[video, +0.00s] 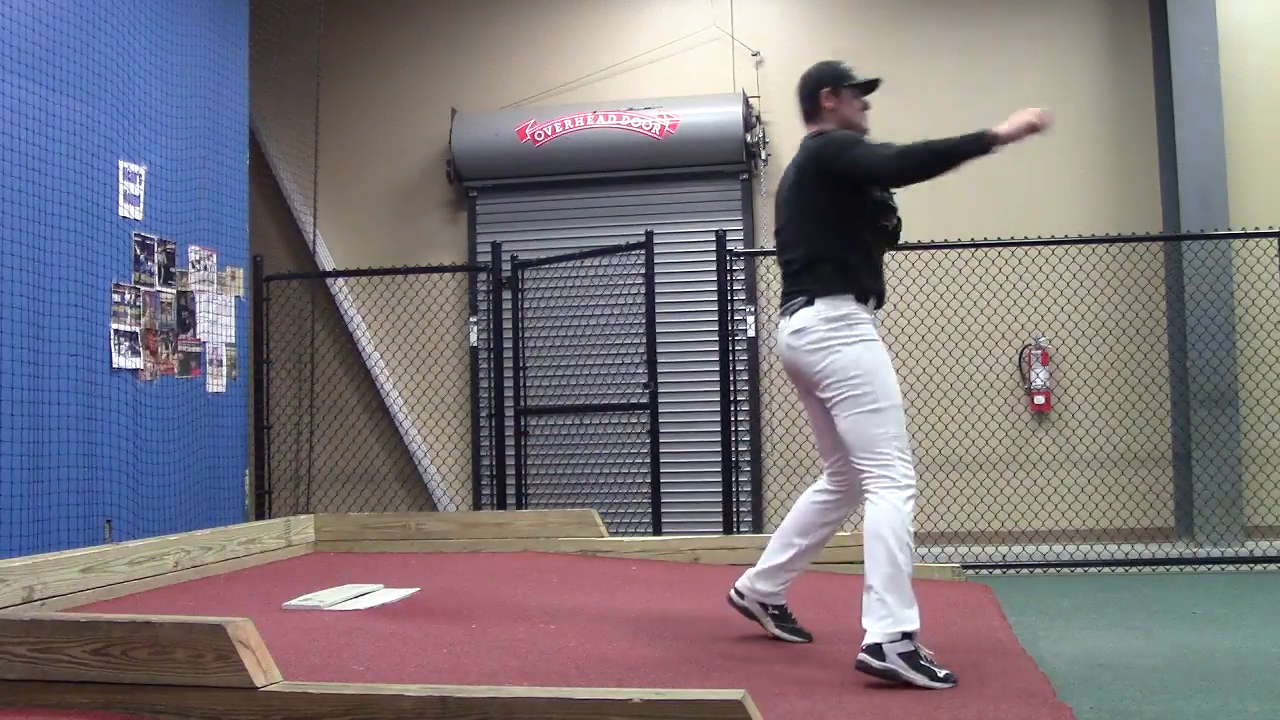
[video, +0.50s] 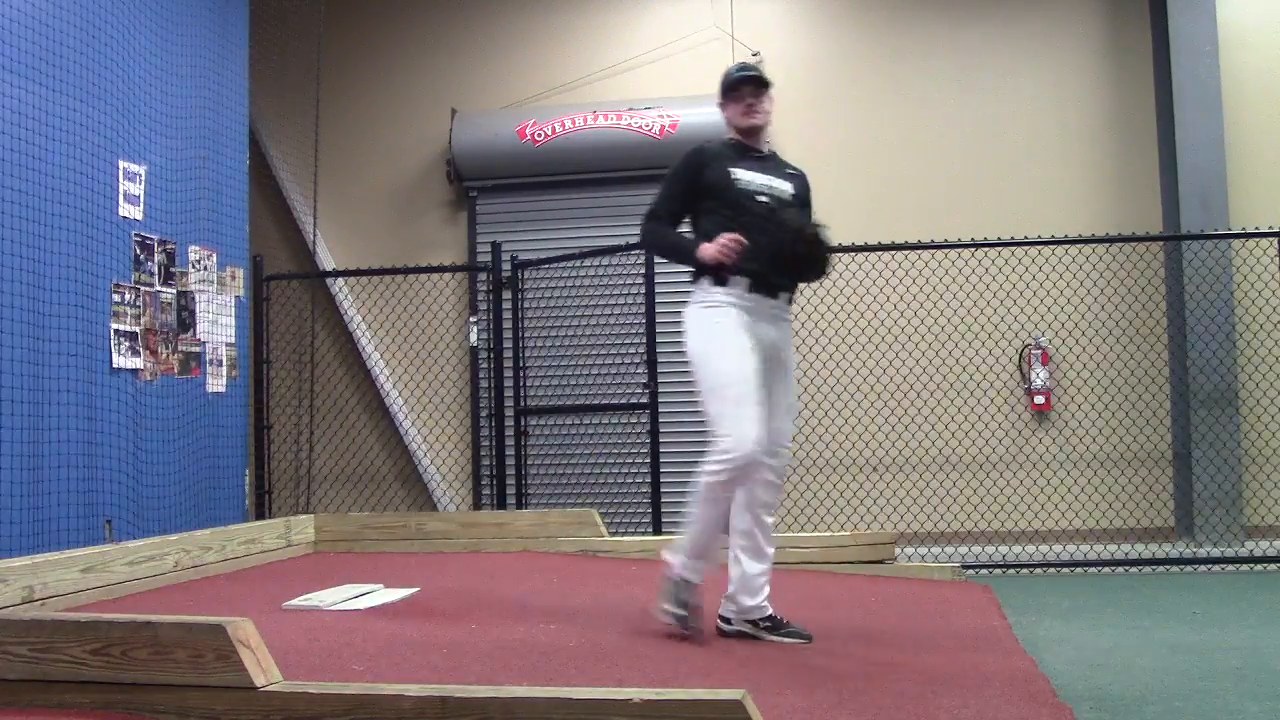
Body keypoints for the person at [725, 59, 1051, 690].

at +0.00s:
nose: (867, 102)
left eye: (865, 94)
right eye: (857, 94)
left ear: (824, 102)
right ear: (826, 100)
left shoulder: (804, 167)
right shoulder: (831, 148)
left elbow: (876, 237)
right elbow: (900, 161)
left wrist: (874, 214)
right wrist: (993, 136)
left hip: (803, 328)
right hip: (837, 325)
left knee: (843, 479)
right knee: (891, 480)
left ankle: (761, 587)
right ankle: (888, 639)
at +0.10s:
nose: (844, 116)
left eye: (844, 108)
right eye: (834, 107)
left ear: (806, 116)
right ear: (801, 113)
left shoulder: (799, 172)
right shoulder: (804, 157)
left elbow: (833, 266)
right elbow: (829, 190)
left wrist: (876, 241)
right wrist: (925, 163)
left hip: (791, 338)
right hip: (824, 332)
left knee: (844, 484)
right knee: (884, 481)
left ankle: (756, 594)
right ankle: (891, 637)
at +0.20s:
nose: (820, 121)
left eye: (823, 112)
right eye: (807, 112)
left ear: (819, 121)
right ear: (778, 122)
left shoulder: (798, 186)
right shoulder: (777, 167)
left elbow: (821, 288)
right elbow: (769, 229)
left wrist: (871, 255)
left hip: (784, 335)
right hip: (797, 328)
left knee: (824, 483)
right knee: (855, 468)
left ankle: (749, 603)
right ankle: (887, 624)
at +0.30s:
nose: (798, 116)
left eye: (802, 108)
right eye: (785, 108)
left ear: (806, 118)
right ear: (760, 117)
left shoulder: (804, 193)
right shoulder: (748, 165)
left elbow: (818, 282)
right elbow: (711, 240)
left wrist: (862, 260)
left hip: (794, 320)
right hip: (765, 317)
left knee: (807, 469)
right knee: (819, 455)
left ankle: (746, 606)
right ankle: (848, 617)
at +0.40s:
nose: (772, 108)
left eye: (780, 99)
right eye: (761, 100)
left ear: (789, 107)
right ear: (742, 108)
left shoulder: (805, 185)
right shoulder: (725, 159)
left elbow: (805, 268)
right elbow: (677, 234)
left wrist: (835, 250)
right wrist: (719, 262)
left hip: (786, 318)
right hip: (741, 309)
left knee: (790, 453)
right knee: (791, 444)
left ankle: (750, 602)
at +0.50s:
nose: (751, 105)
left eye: (758, 96)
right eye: (740, 98)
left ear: (772, 104)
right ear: (723, 108)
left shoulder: (793, 179)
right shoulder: (703, 159)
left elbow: (810, 263)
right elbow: (653, 231)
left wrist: (807, 251)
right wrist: (699, 250)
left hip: (775, 319)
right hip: (719, 309)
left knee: (770, 460)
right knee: (740, 445)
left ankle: (746, 606)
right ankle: (683, 575)